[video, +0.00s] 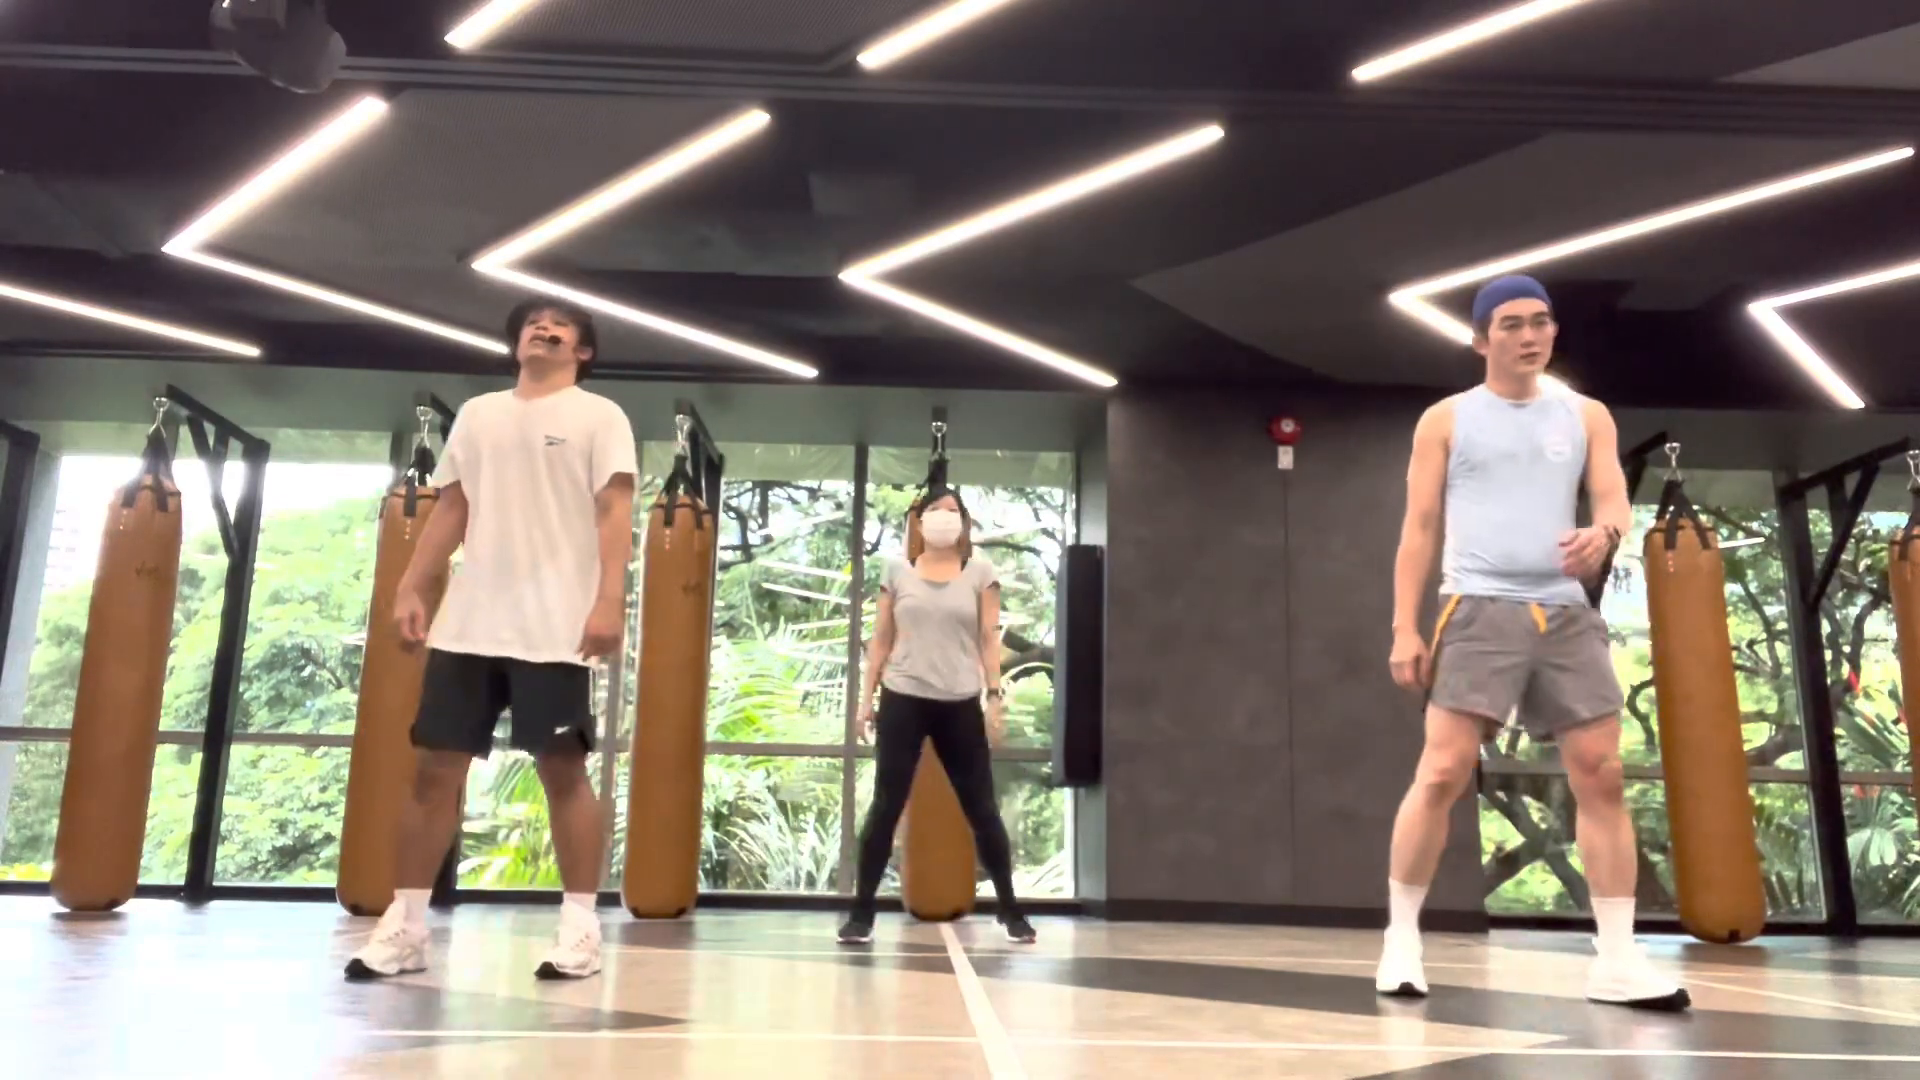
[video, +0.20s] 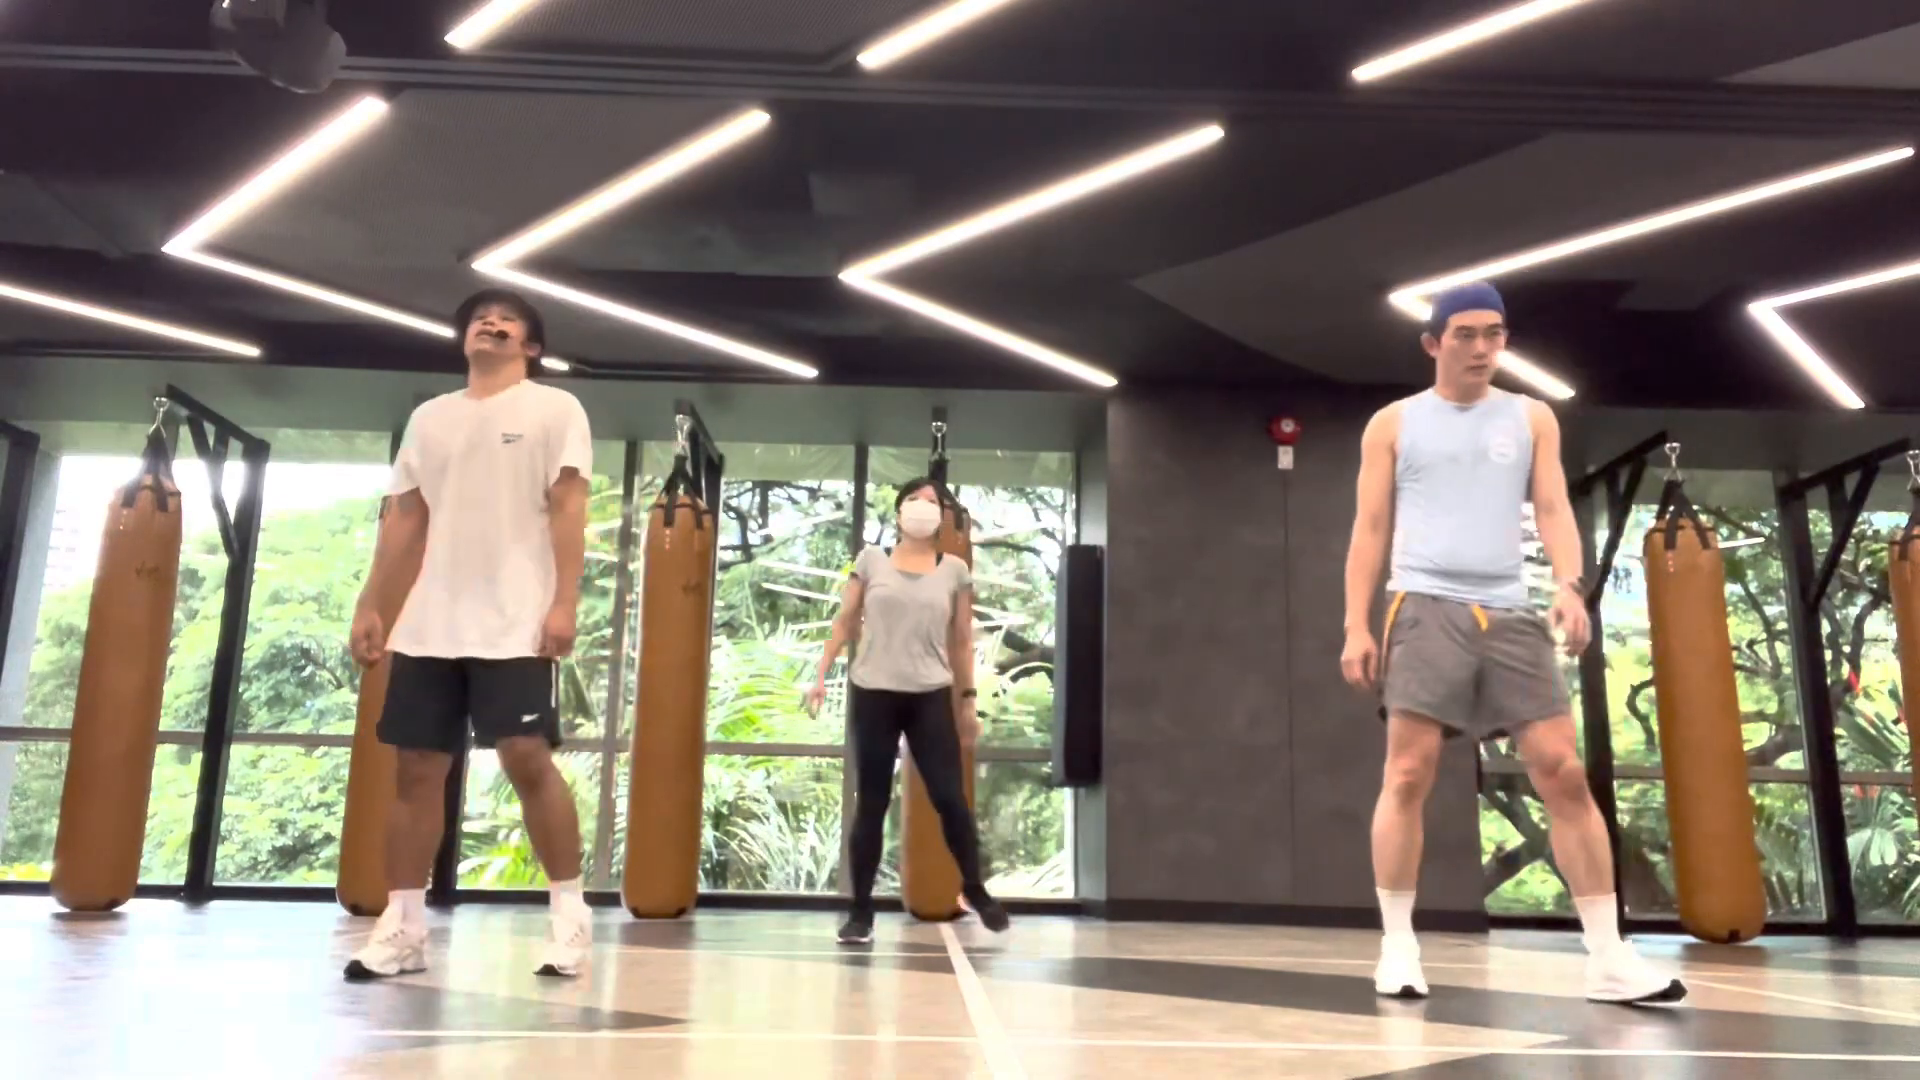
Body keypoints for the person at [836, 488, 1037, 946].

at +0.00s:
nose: (945, 517)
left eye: (954, 511)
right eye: (936, 511)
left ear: (966, 526)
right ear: (918, 524)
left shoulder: (980, 572)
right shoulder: (899, 572)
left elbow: (990, 639)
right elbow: (881, 641)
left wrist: (994, 695)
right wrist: (867, 697)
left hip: (960, 704)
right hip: (902, 701)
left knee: (984, 810)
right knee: (886, 807)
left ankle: (1008, 906)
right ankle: (862, 912)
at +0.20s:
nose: (923, 507)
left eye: (932, 503)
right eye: (914, 501)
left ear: (943, 521)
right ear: (897, 516)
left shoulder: (954, 571)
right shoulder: (872, 559)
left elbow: (962, 642)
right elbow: (844, 621)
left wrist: (966, 700)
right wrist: (820, 674)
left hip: (930, 695)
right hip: (872, 693)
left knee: (949, 797)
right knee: (870, 804)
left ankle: (975, 890)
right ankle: (860, 912)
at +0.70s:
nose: (926, 509)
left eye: (936, 504)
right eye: (917, 501)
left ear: (946, 521)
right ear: (901, 514)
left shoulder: (951, 574)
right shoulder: (872, 555)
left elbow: (949, 640)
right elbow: (842, 616)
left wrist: (956, 696)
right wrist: (838, 676)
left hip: (935, 690)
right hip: (877, 690)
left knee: (976, 789)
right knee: (873, 802)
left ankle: (985, 882)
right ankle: (860, 911)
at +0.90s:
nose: (953, 514)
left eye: (962, 509)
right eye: (943, 507)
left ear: (972, 524)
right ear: (927, 521)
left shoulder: (982, 579)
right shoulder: (906, 565)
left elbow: (983, 641)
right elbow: (875, 632)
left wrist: (983, 689)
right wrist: (861, 689)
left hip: (967, 701)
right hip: (910, 699)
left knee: (998, 806)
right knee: (890, 807)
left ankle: (1032, 906)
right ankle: (862, 911)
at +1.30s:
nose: (1003, 513)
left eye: (1011, 508)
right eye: (993, 507)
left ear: (1023, 523)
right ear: (978, 523)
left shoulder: (1038, 574)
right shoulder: (957, 568)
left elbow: (1056, 639)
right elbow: (941, 636)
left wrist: (1072, 695)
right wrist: (937, 694)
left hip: (1024, 701)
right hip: (968, 699)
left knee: (1027, 808)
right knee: (969, 804)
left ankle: (1032, 912)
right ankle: (962, 904)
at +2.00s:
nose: (924, 523)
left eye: (934, 518)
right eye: (915, 515)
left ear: (945, 531)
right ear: (900, 526)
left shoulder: (954, 580)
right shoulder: (872, 574)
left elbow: (965, 648)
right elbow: (852, 640)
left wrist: (978, 702)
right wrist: (832, 693)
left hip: (932, 701)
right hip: (873, 702)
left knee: (963, 797)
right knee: (869, 807)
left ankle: (1002, 895)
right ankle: (859, 907)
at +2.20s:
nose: (915, 524)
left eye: (924, 519)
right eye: (906, 516)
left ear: (931, 533)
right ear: (888, 526)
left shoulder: (942, 581)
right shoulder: (862, 572)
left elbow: (947, 644)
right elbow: (829, 632)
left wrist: (947, 689)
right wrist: (800, 682)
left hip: (919, 698)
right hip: (864, 697)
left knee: (901, 791)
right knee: (863, 803)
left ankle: (912, 904)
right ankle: (860, 908)